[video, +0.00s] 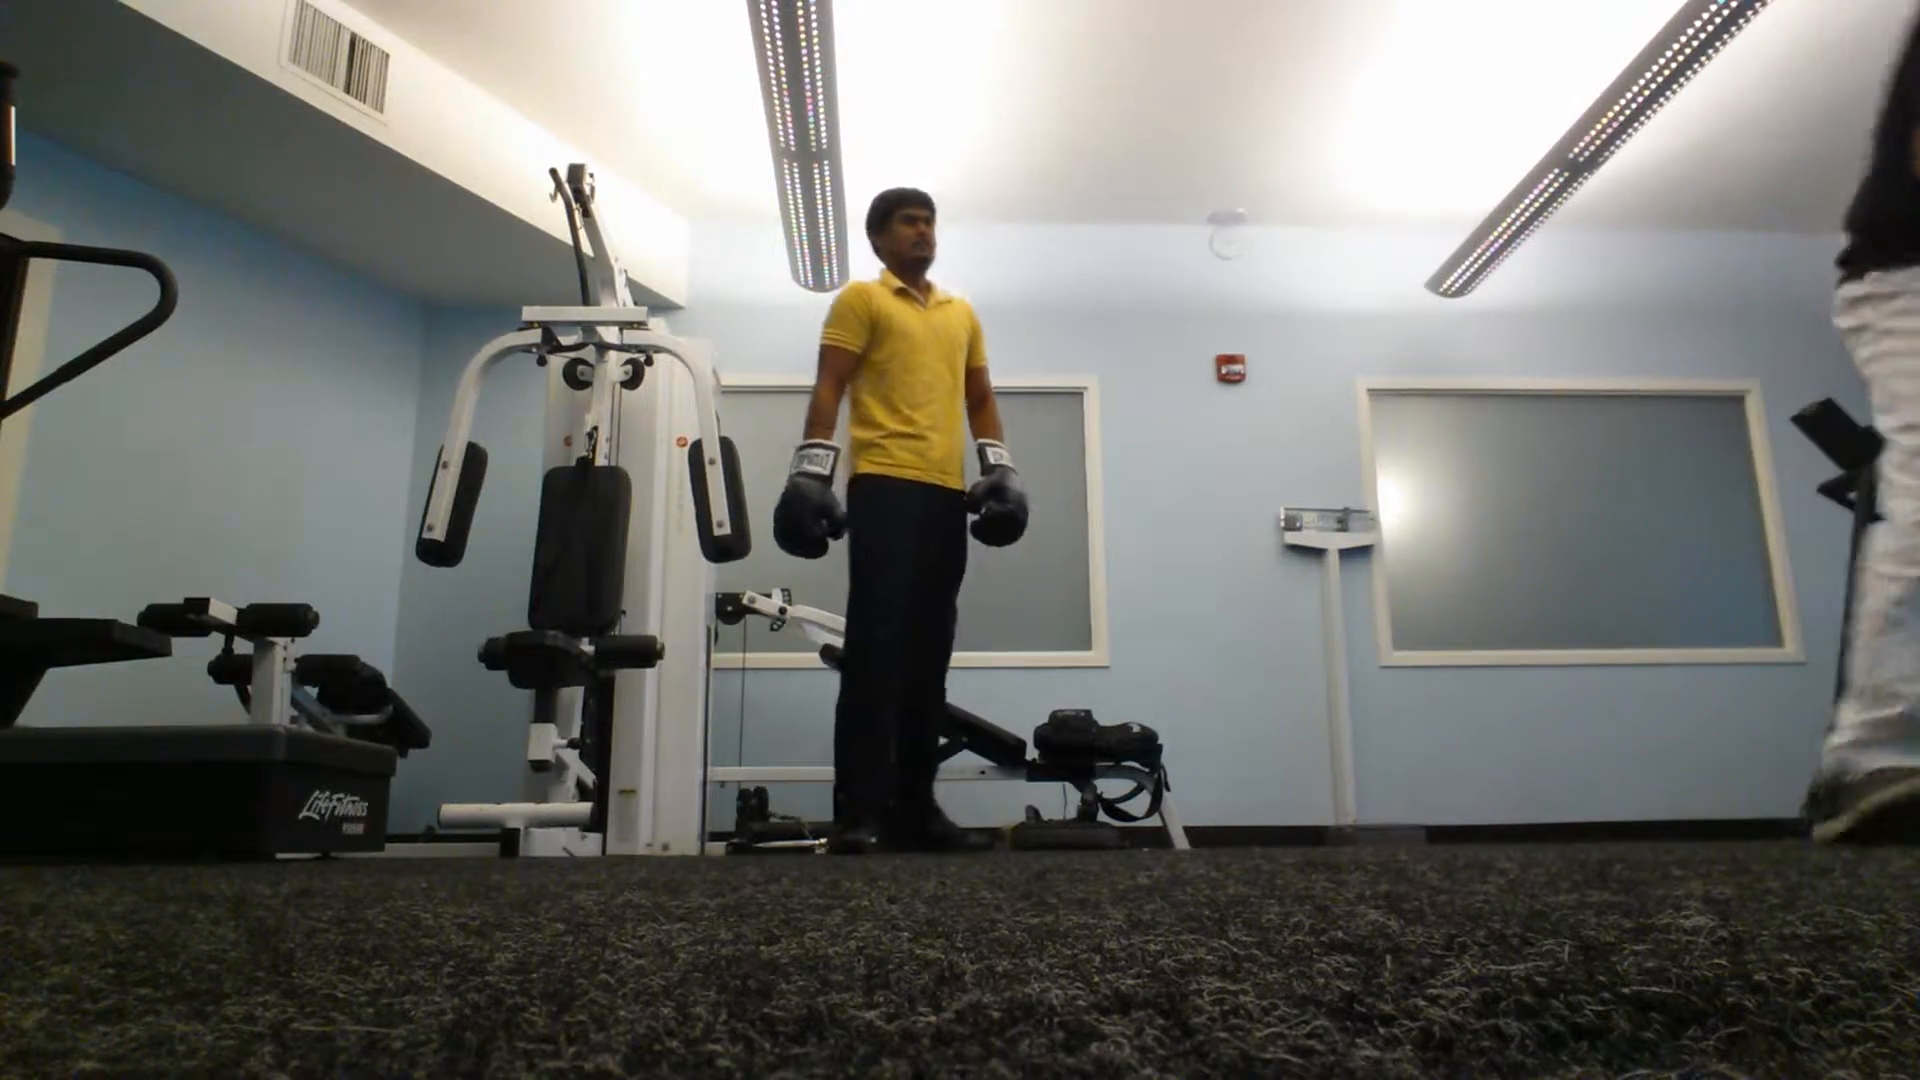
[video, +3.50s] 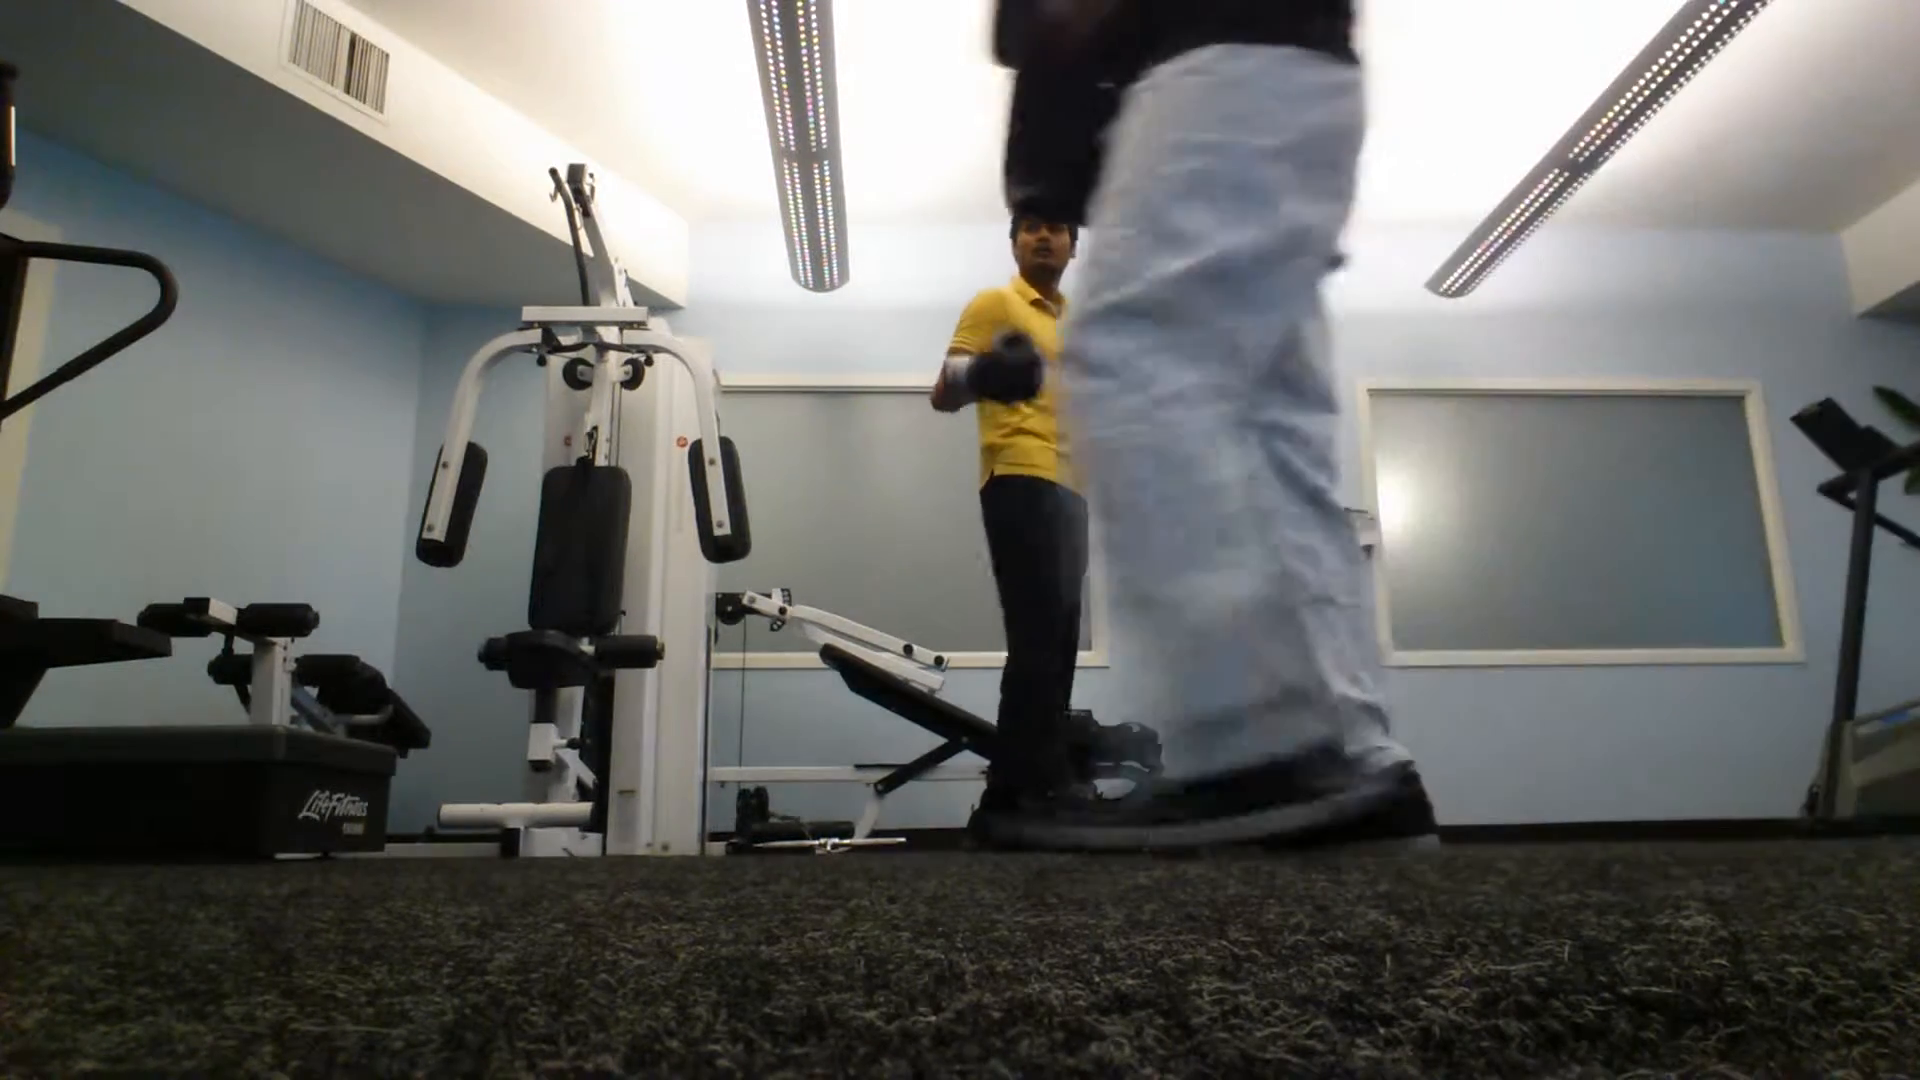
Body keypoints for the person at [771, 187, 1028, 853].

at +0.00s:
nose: (923, 232)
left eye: (929, 222)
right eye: (909, 222)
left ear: (937, 234)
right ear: (878, 237)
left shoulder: (959, 312)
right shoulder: (861, 300)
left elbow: (981, 396)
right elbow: (830, 386)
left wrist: (998, 469)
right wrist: (811, 473)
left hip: (945, 495)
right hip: (884, 489)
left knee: (927, 651)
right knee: (876, 649)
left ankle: (914, 811)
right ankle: (860, 815)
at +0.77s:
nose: (986, 263)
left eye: (990, 255)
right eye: (975, 252)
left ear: (988, 265)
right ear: (939, 257)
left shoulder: (982, 341)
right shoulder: (921, 314)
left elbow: (979, 430)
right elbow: (898, 392)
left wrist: (1002, 516)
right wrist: (909, 470)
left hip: (971, 508)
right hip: (937, 497)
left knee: (957, 645)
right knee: (974, 635)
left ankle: (935, 799)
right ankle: (937, 799)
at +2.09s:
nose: (1029, 205)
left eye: (1038, 198)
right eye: (1016, 195)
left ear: (1047, 214)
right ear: (987, 207)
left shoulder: (1035, 293)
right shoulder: (963, 267)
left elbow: (1036, 391)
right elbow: (916, 356)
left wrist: (1077, 462)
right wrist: (950, 399)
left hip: (1042, 468)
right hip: (993, 462)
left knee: (1064, 634)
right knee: (1009, 628)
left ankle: (1008, 792)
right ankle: (995, 804)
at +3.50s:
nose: (1043, 239)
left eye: (1055, 229)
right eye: (1030, 228)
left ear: (1073, 244)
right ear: (1013, 240)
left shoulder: (1071, 319)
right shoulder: (994, 304)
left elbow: (1086, 394)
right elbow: (943, 394)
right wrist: (985, 370)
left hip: (1066, 484)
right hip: (1018, 479)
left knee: (1060, 634)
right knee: (1039, 633)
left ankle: (1046, 783)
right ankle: (1015, 792)